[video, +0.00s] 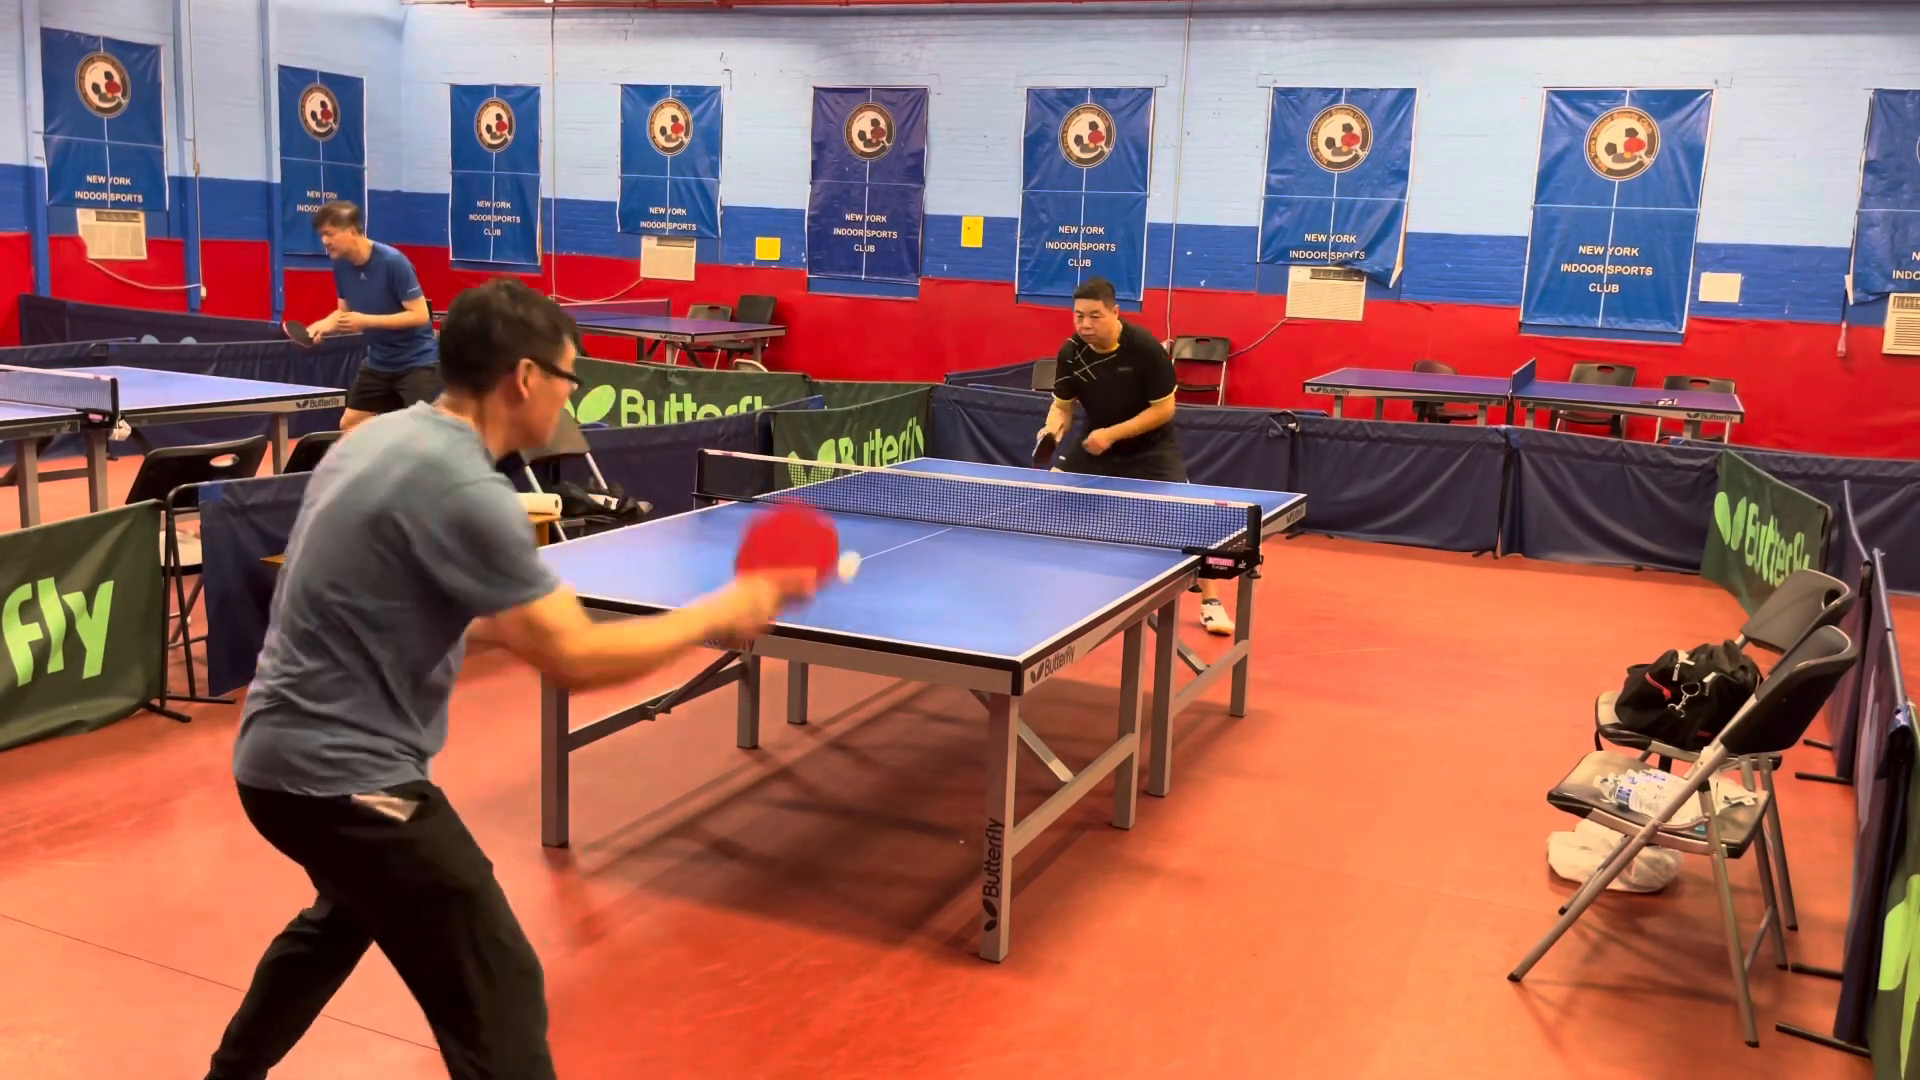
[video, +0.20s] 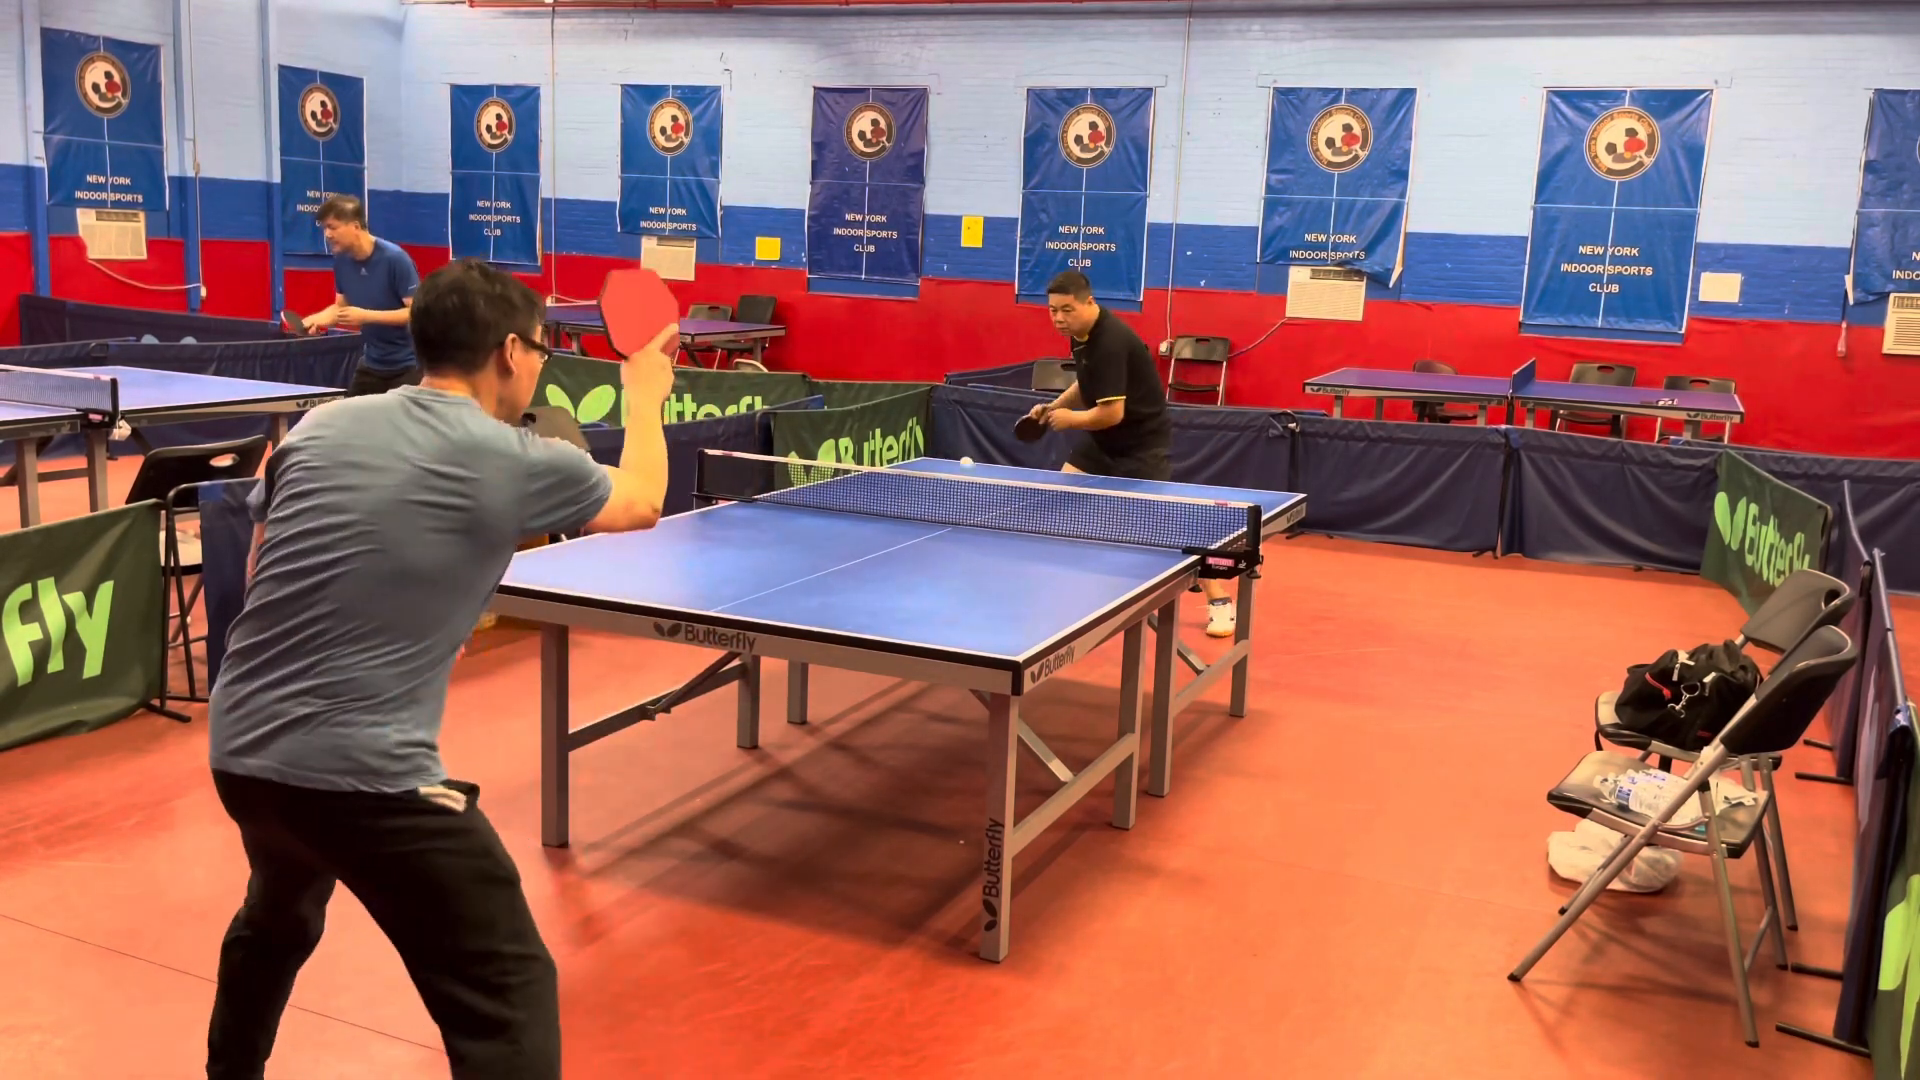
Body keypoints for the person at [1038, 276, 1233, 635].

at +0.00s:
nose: (1084, 325)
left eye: (1094, 316)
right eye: (1079, 316)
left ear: (1115, 313)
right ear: (1073, 315)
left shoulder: (1146, 350)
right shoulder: (1071, 353)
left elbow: (1165, 409)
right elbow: (1062, 405)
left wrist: (1112, 433)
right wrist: (1054, 427)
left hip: (1151, 447)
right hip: (1095, 445)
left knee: (1182, 512)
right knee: (1045, 497)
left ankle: (1210, 599)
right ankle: (1035, 585)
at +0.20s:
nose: (1058, 319)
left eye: (1066, 310)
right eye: (1053, 310)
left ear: (1090, 304)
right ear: (1049, 309)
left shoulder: (1110, 340)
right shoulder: (1081, 334)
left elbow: (1113, 413)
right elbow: (1087, 381)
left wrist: (1070, 419)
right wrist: (1053, 407)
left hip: (1141, 445)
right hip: (1101, 439)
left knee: (1166, 520)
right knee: (1056, 502)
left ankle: (1217, 598)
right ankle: (1043, 586)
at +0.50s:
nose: (1081, 321)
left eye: (1088, 312)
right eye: (1077, 312)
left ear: (1112, 304)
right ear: (1077, 309)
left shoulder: (1151, 334)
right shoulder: (1084, 339)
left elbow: (1166, 402)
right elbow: (1058, 396)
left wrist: (1113, 420)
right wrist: (1059, 370)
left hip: (1160, 445)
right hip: (1110, 444)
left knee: (1185, 519)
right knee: (1063, 498)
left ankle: (1218, 602)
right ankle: (1047, 587)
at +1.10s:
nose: (1063, 322)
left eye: (1071, 313)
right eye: (1058, 314)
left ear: (1095, 306)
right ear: (1055, 311)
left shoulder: (1117, 342)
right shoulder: (1091, 336)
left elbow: (1119, 414)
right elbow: (1096, 381)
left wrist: (1075, 420)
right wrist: (1060, 405)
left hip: (1147, 447)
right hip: (1110, 442)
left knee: (1173, 523)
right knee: (1062, 501)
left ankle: (1226, 599)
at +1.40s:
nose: (1078, 320)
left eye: (1084, 311)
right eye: (1074, 312)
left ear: (1109, 300)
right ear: (1075, 308)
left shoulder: (1147, 330)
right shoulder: (1086, 335)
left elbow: (1156, 402)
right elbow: (1056, 386)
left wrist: (1106, 411)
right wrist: (1052, 363)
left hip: (1156, 443)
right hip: (1107, 440)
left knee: (1184, 520)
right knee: (1061, 502)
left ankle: (1220, 601)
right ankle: (1046, 590)